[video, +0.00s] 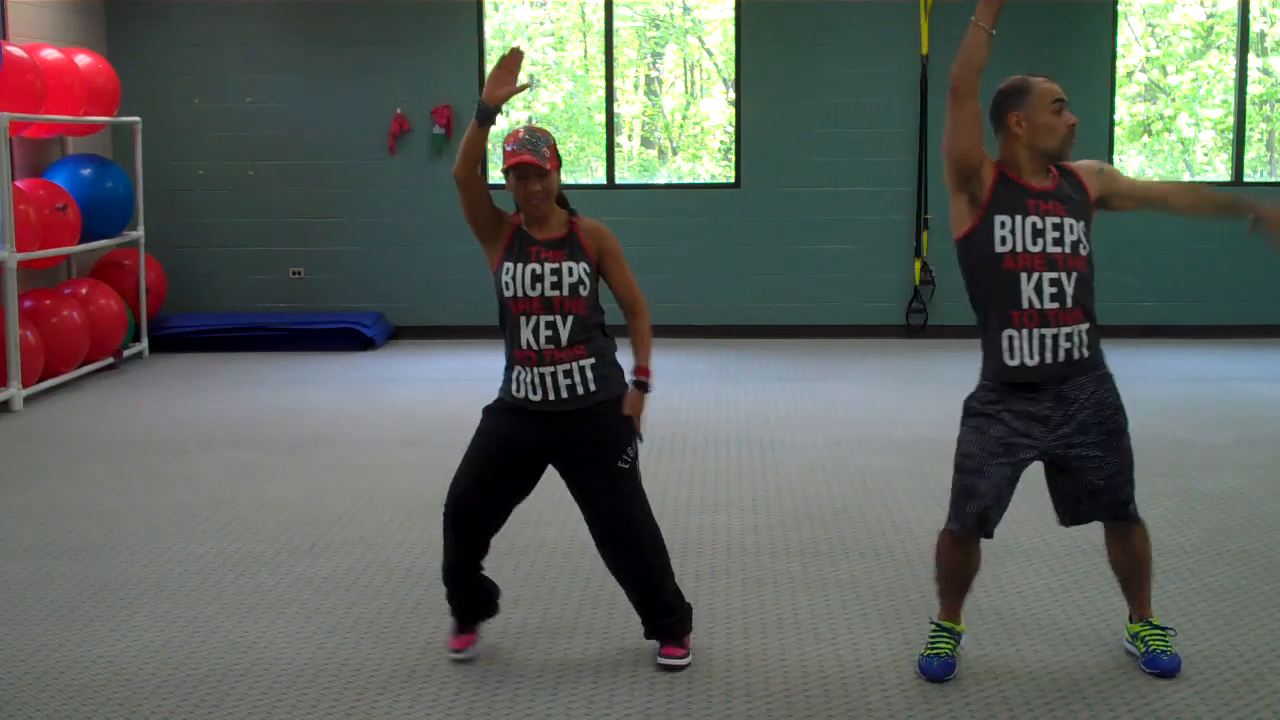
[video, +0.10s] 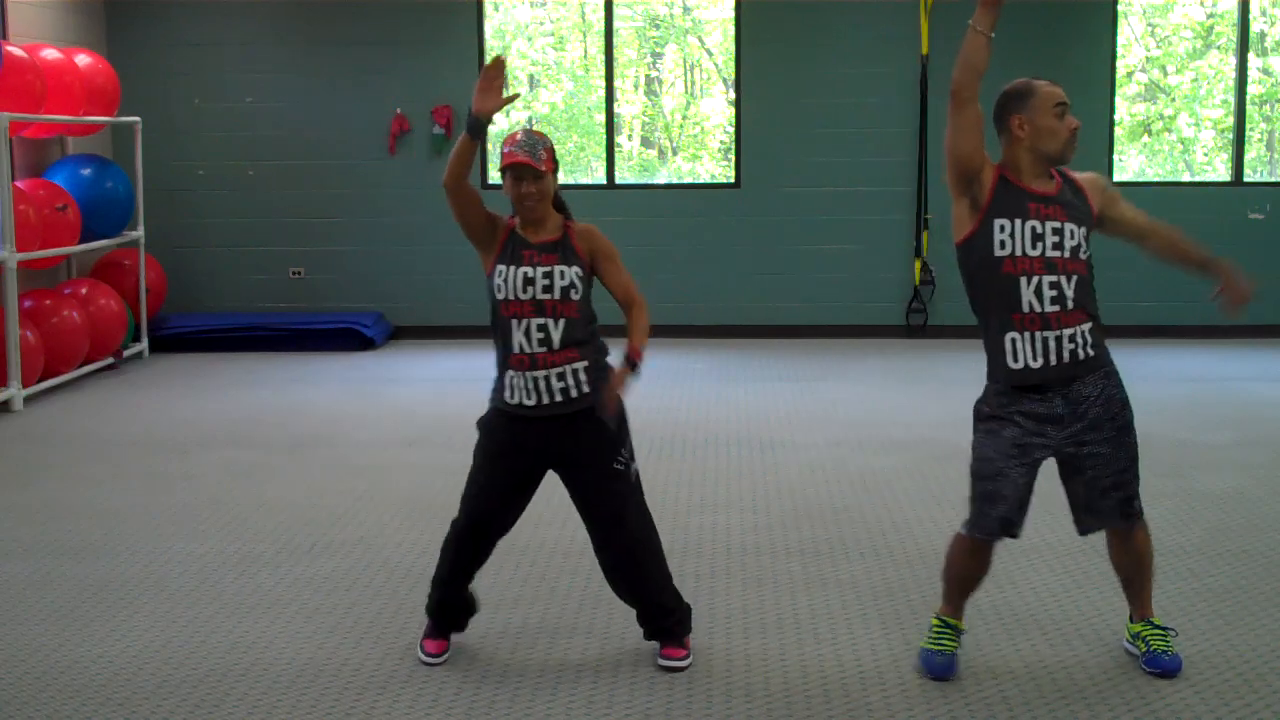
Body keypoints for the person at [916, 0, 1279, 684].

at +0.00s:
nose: (1070, 117)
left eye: (1068, 107)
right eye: (1056, 108)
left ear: (1049, 123)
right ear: (1013, 125)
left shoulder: (1088, 180)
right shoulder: (976, 184)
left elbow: (1174, 195)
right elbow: (961, 85)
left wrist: (1251, 207)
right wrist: (988, 7)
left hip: (1085, 391)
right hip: (1005, 397)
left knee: (1122, 513)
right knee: (964, 523)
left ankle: (1143, 623)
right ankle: (947, 624)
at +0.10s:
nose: (1073, 120)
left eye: (1070, 111)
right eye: (1059, 112)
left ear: (1045, 127)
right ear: (1017, 126)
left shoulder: (1086, 191)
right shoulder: (976, 188)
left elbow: (1152, 233)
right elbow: (960, 96)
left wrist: (1218, 267)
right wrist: (986, 12)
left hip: (1091, 392)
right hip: (1013, 401)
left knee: (1125, 515)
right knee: (984, 526)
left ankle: (1144, 622)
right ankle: (946, 622)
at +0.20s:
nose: (1066, 124)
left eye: (1063, 114)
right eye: (1050, 113)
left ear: (1042, 131)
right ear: (1007, 131)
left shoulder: (1078, 204)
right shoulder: (967, 190)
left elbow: (1106, 271)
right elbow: (950, 98)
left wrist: (1163, 310)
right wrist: (974, 13)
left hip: (1083, 395)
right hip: (1006, 405)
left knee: (1122, 521)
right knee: (993, 537)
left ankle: (1145, 621)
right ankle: (958, 626)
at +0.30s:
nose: (1037, 123)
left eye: (1042, 113)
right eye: (1021, 113)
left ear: (1048, 126)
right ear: (986, 127)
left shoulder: (1061, 208)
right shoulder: (954, 186)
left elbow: (1081, 294)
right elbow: (940, 91)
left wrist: (1101, 295)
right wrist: (963, 10)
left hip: (1055, 393)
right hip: (980, 399)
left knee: (1109, 517)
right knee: (964, 530)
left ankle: (1127, 619)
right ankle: (954, 629)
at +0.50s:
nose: (993, 112)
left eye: (1006, 102)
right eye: (979, 102)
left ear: (1023, 118)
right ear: (960, 121)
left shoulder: (1043, 183)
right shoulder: (941, 177)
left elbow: (1102, 126)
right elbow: (926, 85)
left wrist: (1065, 51)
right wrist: (944, 11)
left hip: (1012, 395)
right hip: (935, 393)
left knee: (1026, 528)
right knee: (928, 524)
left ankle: (1006, 619)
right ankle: (950, 624)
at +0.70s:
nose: (973, 104)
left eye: (986, 93)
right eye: (959, 94)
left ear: (1005, 111)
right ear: (941, 112)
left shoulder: (1024, 172)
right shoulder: (924, 174)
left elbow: (1040, 74)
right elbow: (916, 86)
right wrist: (936, 10)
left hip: (1006, 388)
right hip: (927, 386)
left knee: (1015, 522)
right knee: (905, 515)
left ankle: (989, 626)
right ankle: (935, 620)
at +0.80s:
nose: (961, 110)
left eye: (975, 101)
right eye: (949, 101)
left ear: (996, 120)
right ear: (934, 117)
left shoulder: (1013, 181)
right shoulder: (910, 177)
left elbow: (1036, 87)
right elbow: (881, 94)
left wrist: (1008, 4)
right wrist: (939, 27)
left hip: (1003, 387)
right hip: (930, 389)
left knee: (1010, 526)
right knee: (943, 524)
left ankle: (988, 628)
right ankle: (951, 624)